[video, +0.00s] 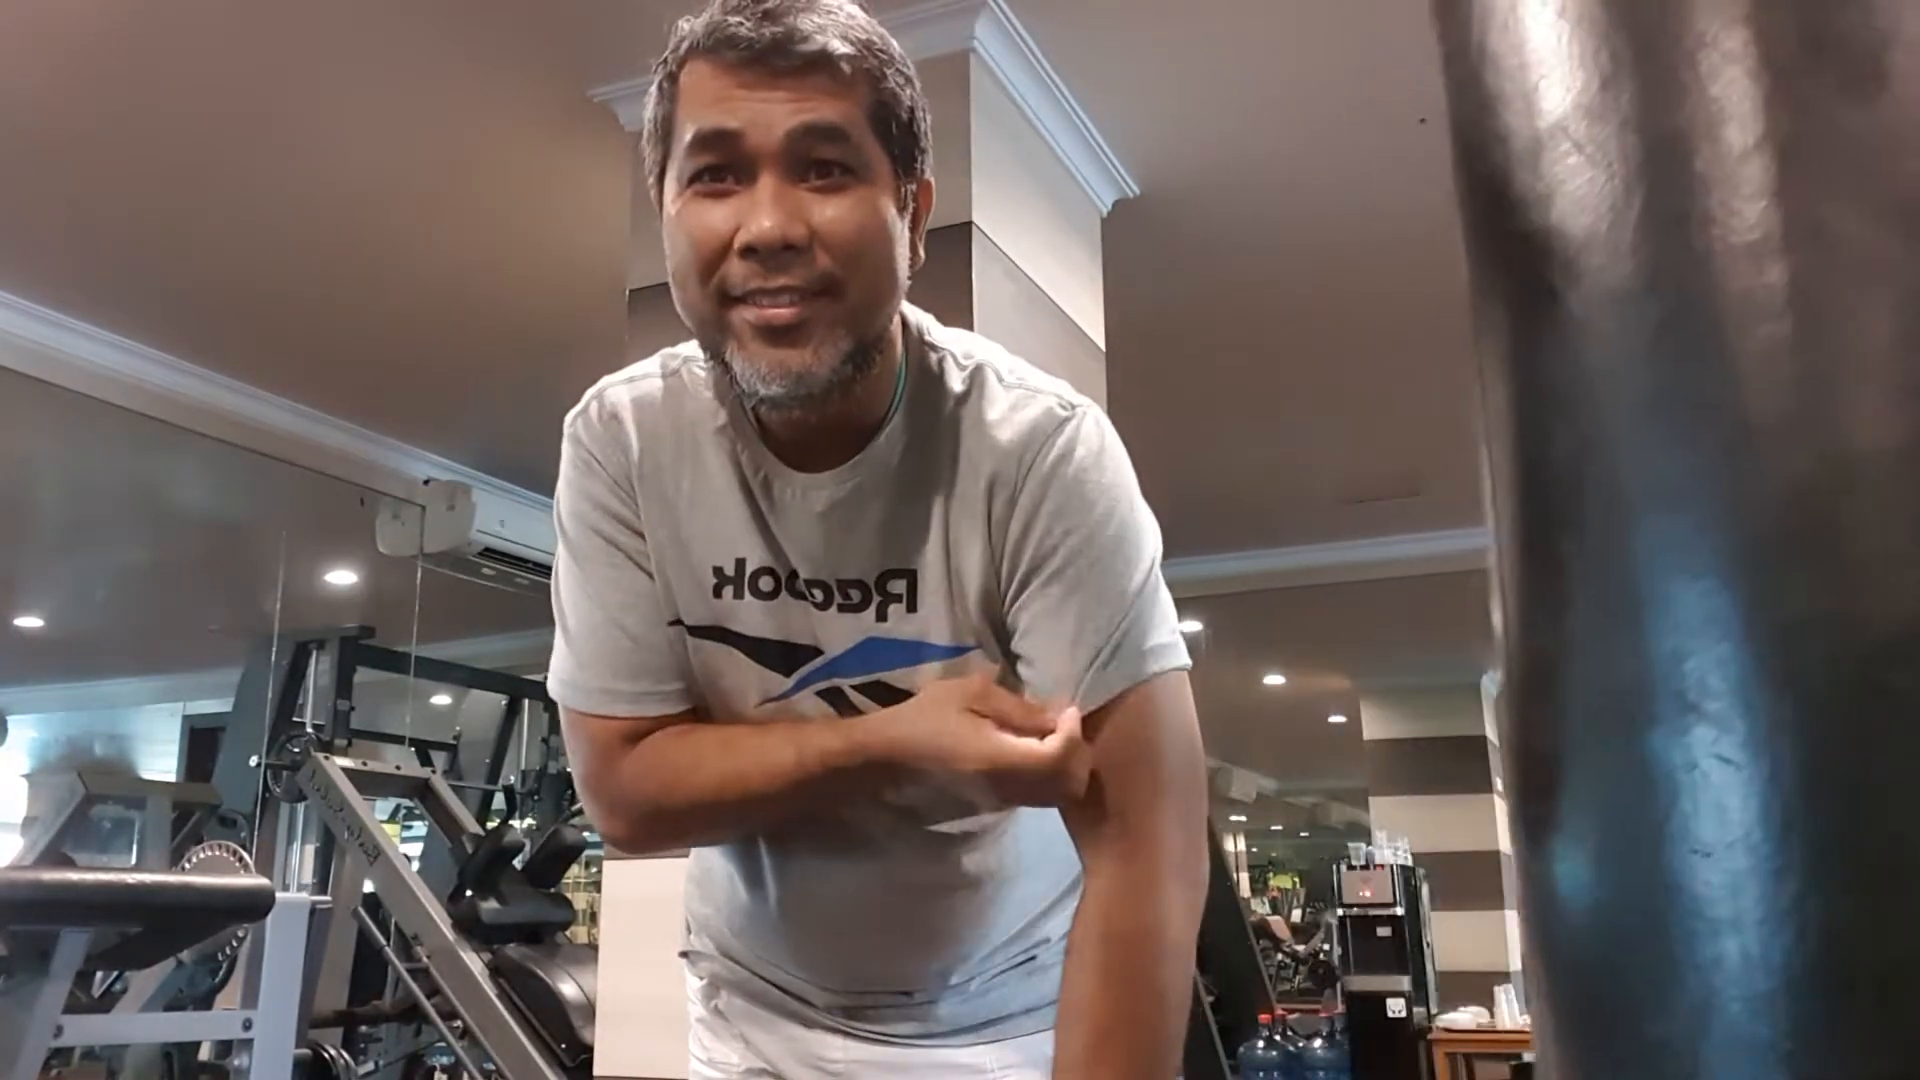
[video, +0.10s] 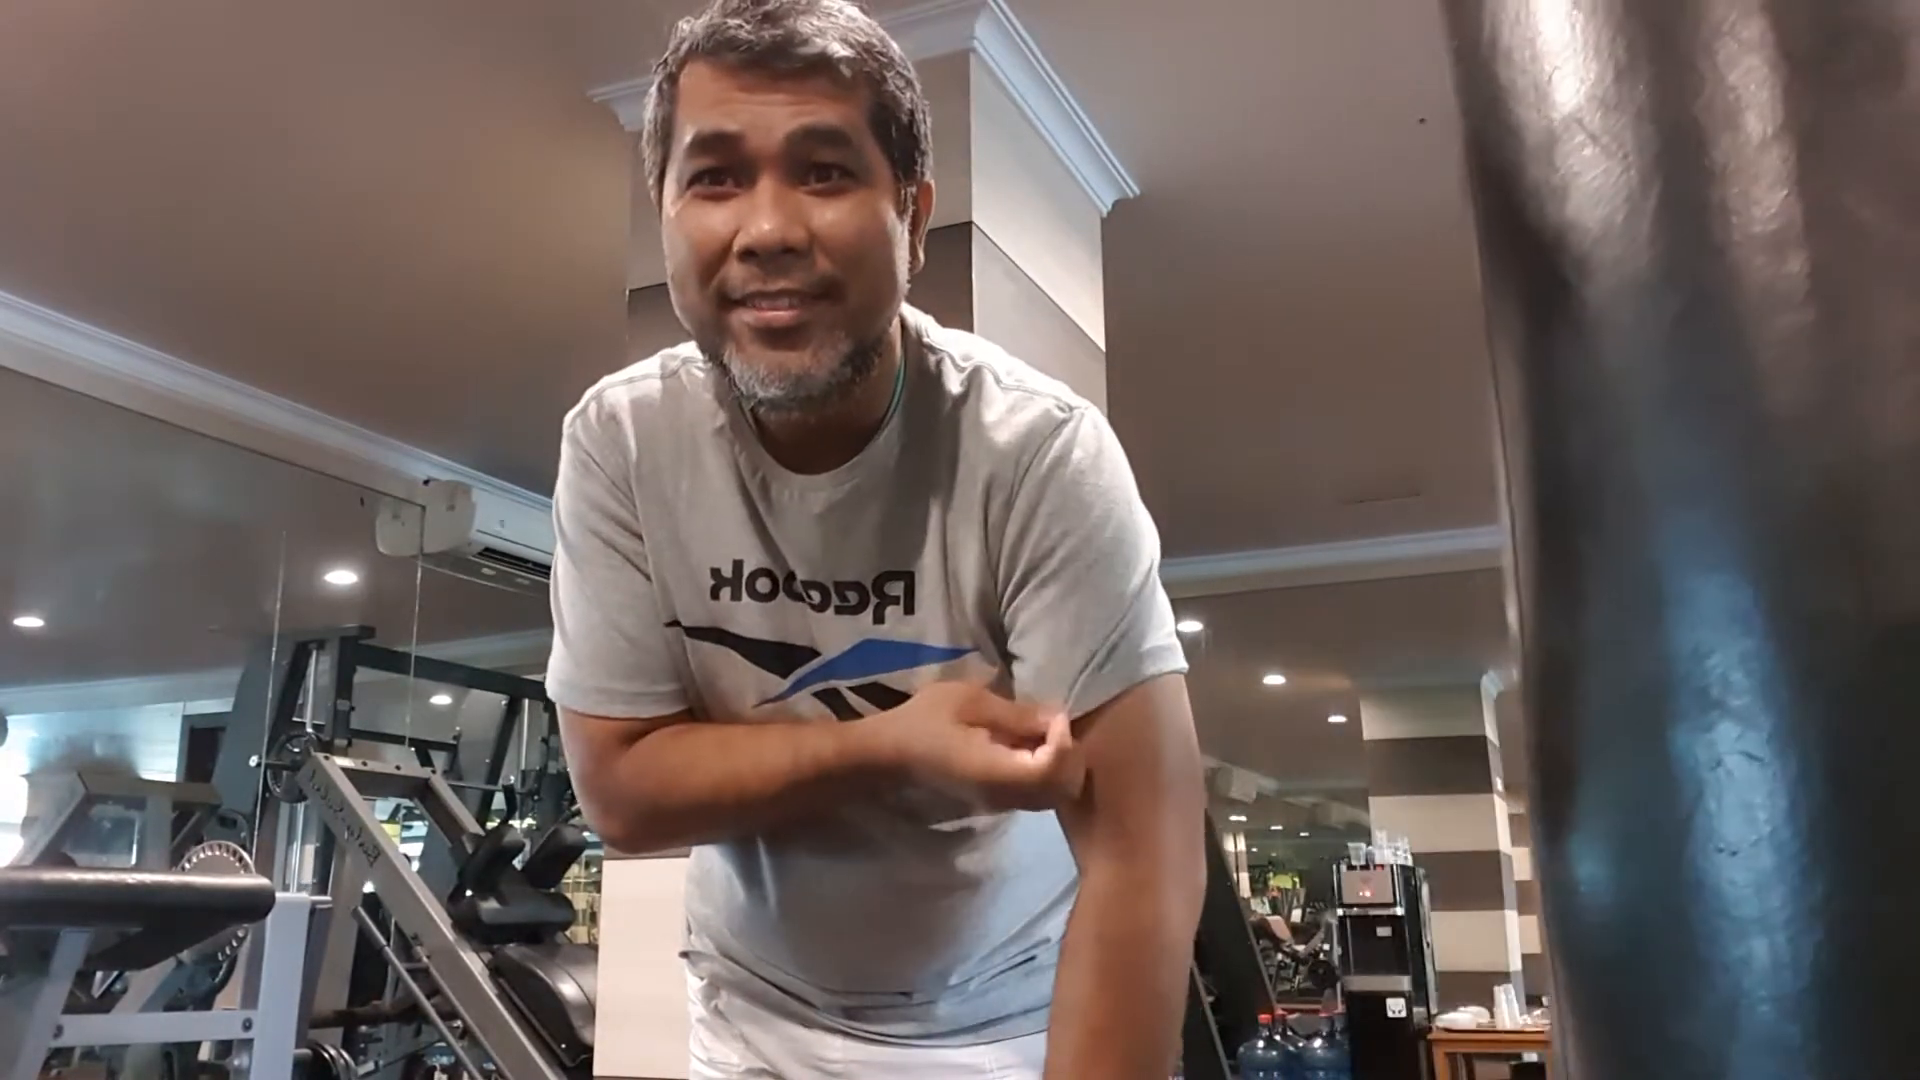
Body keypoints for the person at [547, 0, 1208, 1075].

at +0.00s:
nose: (770, 228)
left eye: (826, 169)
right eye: (718, 174)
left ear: (915, 212)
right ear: (662, 218)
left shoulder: (1044, 454)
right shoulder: (623, 441)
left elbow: (1148, 847)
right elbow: (628, 792)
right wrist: (893, 747)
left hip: (1009, 1026)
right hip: (752, 1014)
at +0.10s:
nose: (769, 232)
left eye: (826, 173)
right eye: (717, 178)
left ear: (913, 217)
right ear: (661, 220)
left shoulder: (1043, 457)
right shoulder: (623, 440)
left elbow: (1144, 849)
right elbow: (624, 790)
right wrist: (890, 754)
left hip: (1006, 1028)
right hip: (752, 1014)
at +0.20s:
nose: (766, 235)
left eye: (823, 177)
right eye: (714, 181)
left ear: (910, 218)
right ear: (657, 223)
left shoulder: (1042, 459)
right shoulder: (619, 444)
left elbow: (1139, 849)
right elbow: (623, 791)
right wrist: (885, 752)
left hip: (1003, 1028)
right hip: (751, 1013)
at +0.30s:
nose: (764, 238)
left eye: (821, 179)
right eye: (711, 183)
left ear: (909, 219)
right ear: (655, 225)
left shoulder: (1041, 462)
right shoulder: (616, 446)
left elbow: (1138, 855)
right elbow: (620, 793)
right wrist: (873, 750)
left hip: (1000, 1027)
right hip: (749, 1012)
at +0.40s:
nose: (763, 240)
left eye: (821, 181)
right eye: (711, 184)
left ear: (909, 221)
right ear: (654, 226)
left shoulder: (1038, 462)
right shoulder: (614, 446)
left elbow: (1147, 862)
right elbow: (604, 787)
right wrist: (858, 754)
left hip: (1009, 1026)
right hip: (751, 1012)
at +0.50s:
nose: (764, 241)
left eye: (823, 182)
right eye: (713, 184)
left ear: (910, 221)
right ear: (657, 224)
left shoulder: (1034, 462)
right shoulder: (612, 443)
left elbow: (1162, 866)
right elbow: (593, 785)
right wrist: (854, 754)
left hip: (1012, 1028)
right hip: (749, 1014)